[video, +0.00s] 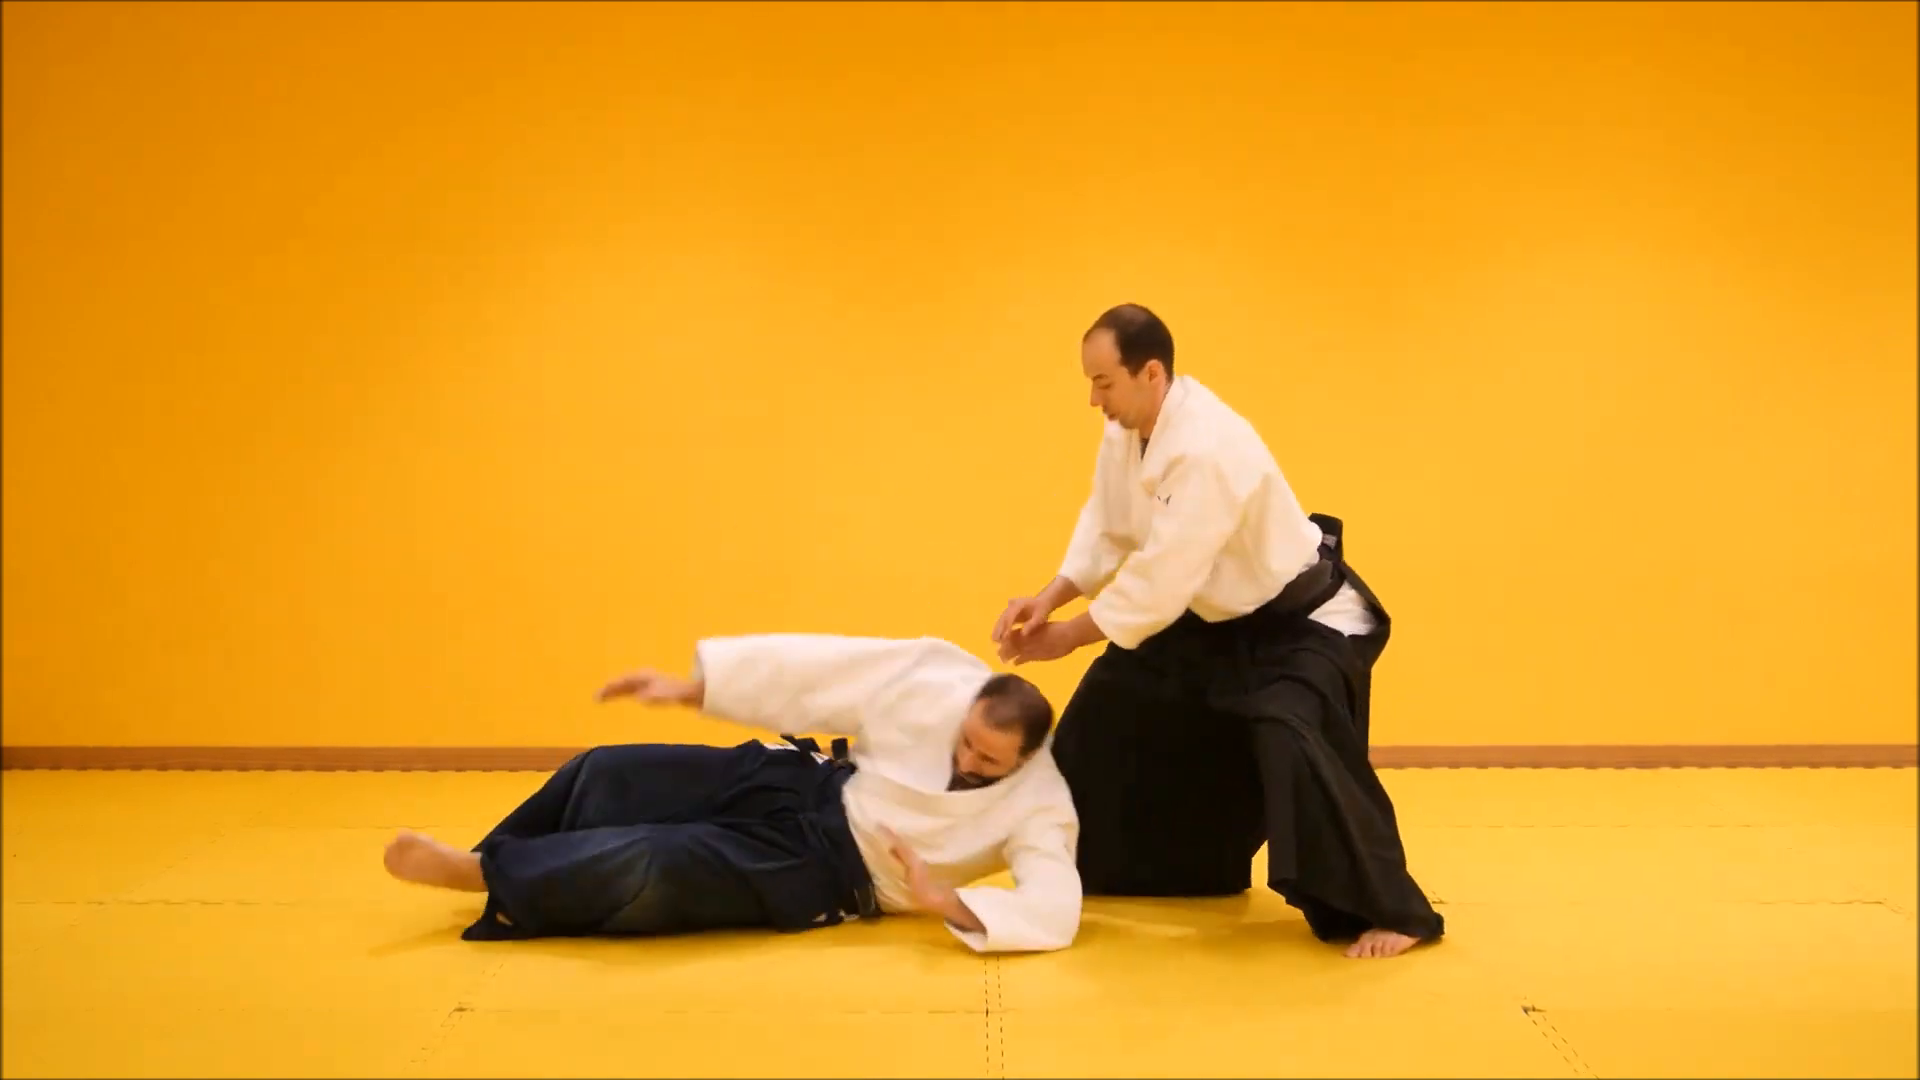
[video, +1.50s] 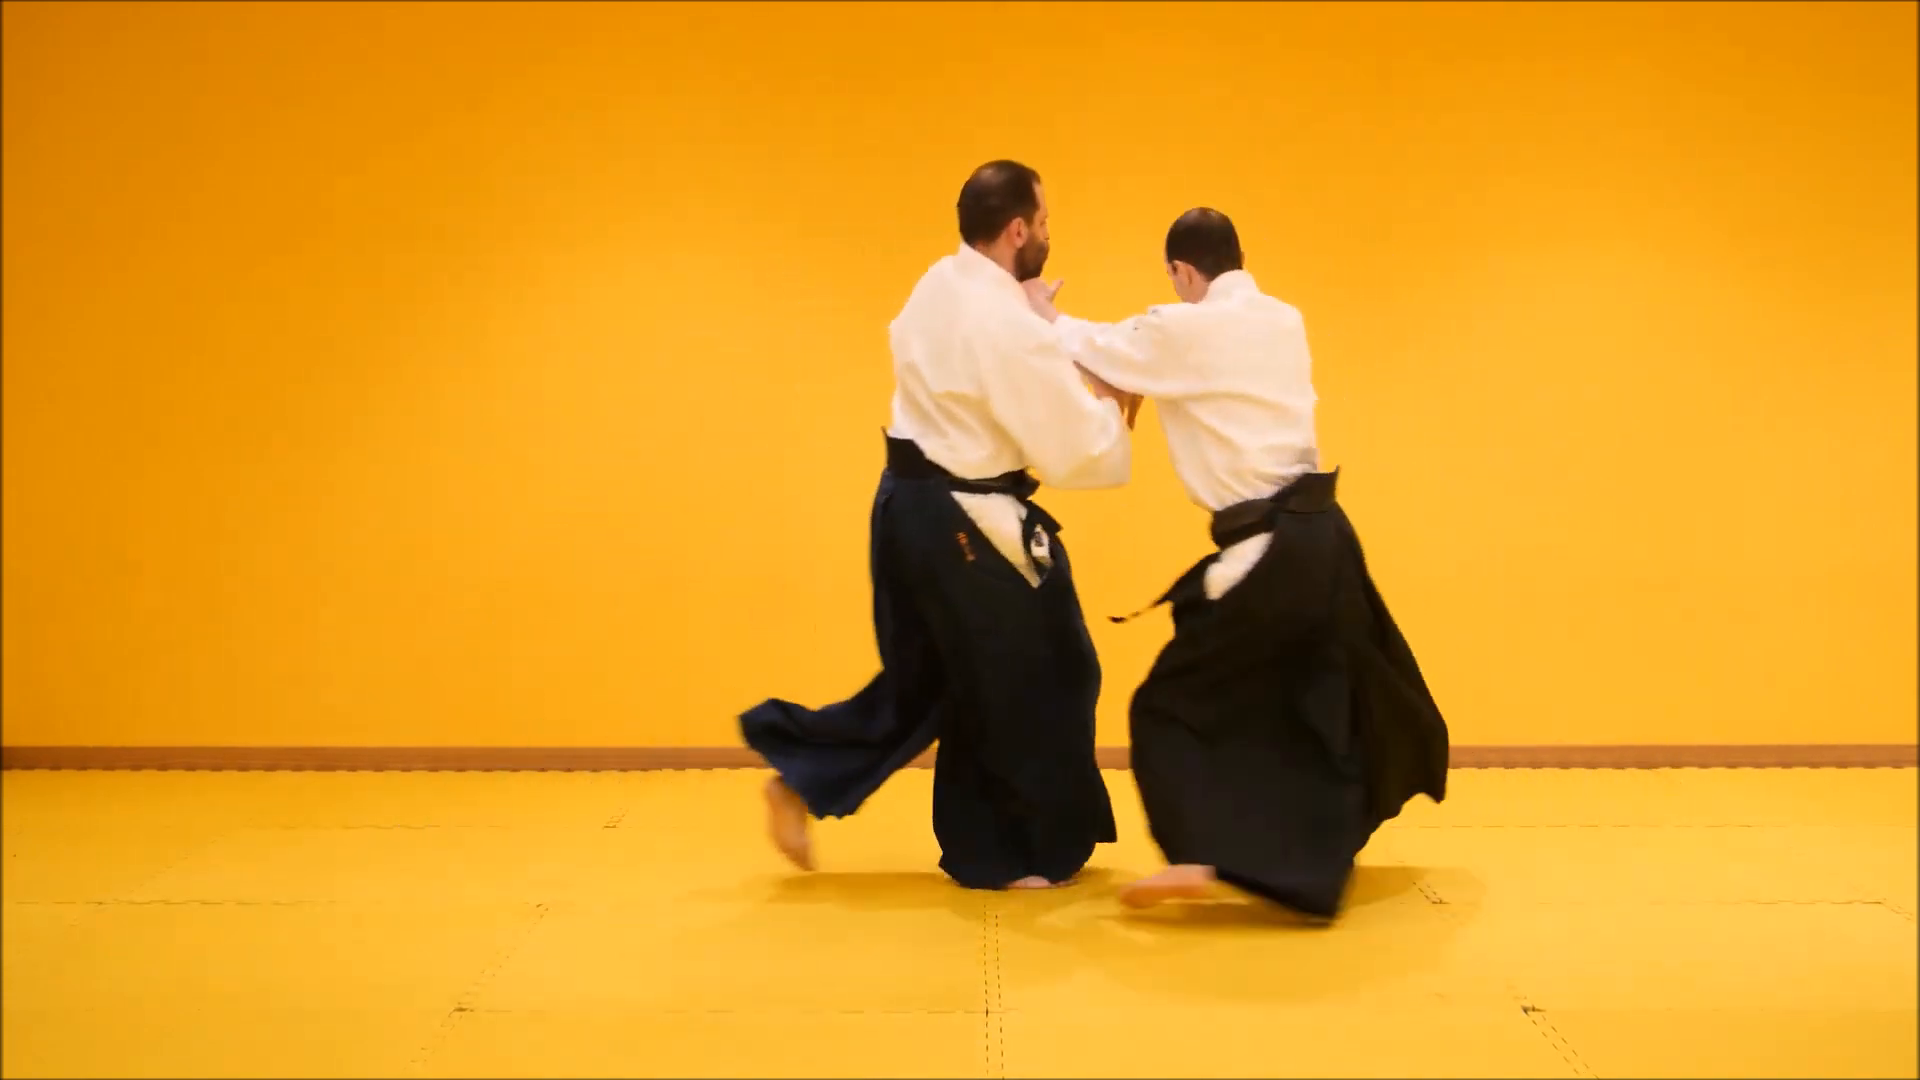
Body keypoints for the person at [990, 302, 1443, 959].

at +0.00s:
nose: (1094, 397)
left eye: (1103, 380)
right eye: (1090, 381)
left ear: (1151, 373)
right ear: (1136, 377)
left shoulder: (1205, 446)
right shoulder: (1125, 430)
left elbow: (1164, 578)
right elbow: (1104, 529)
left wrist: (1069, 635)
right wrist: (1047, 597)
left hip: (1300, 621)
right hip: (1208, 619)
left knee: (1284, 730)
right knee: (1104, 702)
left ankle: (1393, 909)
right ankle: (1086, 860)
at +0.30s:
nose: (1191, 316)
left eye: (1202, 299)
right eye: (1187, 301)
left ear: (1250, 295)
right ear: (1235, 300)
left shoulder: (1279, 372)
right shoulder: (1240, 371)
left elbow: (1318, 499)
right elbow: (1229, 490)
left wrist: (1262, 595)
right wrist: (1167, 570)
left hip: (1361, 578)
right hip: (1309, 575)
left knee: (1304, 719)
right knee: (1226, 682)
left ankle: (1413, 912)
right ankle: (1254, 826)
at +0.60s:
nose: (1235, 304)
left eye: (1248, 287)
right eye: (1229, 290)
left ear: (1292, 287)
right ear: (1229, 296)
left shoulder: (1369, 359)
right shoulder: (1241, 384)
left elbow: (1469, 440)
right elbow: (1209, 484)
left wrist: (1419, 518)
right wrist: (1154, 566)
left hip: (1421, 545)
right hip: (1340, 554)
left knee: (1439, 702)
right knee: (1265, 687)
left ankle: (1517, 850)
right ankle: (1311, 829)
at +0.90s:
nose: (1324, 298)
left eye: (1338, 283)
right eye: (1322, 284)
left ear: (1386, 289)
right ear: (1327, 292)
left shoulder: (1470, 362)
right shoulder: (1325, 385)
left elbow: (1538, 452)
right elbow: (1268, 474)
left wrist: (1494, 522)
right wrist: (1199, 537)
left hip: (1482, 558)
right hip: (1386, 563)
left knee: (1544, 689)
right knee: (1296, 673)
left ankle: (1628, 818)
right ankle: (1320, 832)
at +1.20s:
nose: (1261, 305)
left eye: (1273, 293)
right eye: (1262, 292)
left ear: (1319, 296)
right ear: (1303, 298)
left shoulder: (1384, 360)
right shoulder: (1284, 384)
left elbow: (1319, 431)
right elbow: (1225, 453)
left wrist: (1197, 426)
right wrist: (1136, 468)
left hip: (1455, 560)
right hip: (1372, 572)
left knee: (1520, 701)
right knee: (1272, 680)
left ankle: (1613, 788)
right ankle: (1314, 840)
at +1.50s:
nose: (1168, 283)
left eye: (1168, 273)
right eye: (1171, 274)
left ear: (1182, 270)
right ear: (1237, 262)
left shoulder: (1185, 330)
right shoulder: (1285, 320)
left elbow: (1085, 346)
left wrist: (1042, 314)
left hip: (1263, 550)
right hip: (1323, 535)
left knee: (1162, 702)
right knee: (1305, 698)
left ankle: (1191, 854)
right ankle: (1314, 854)